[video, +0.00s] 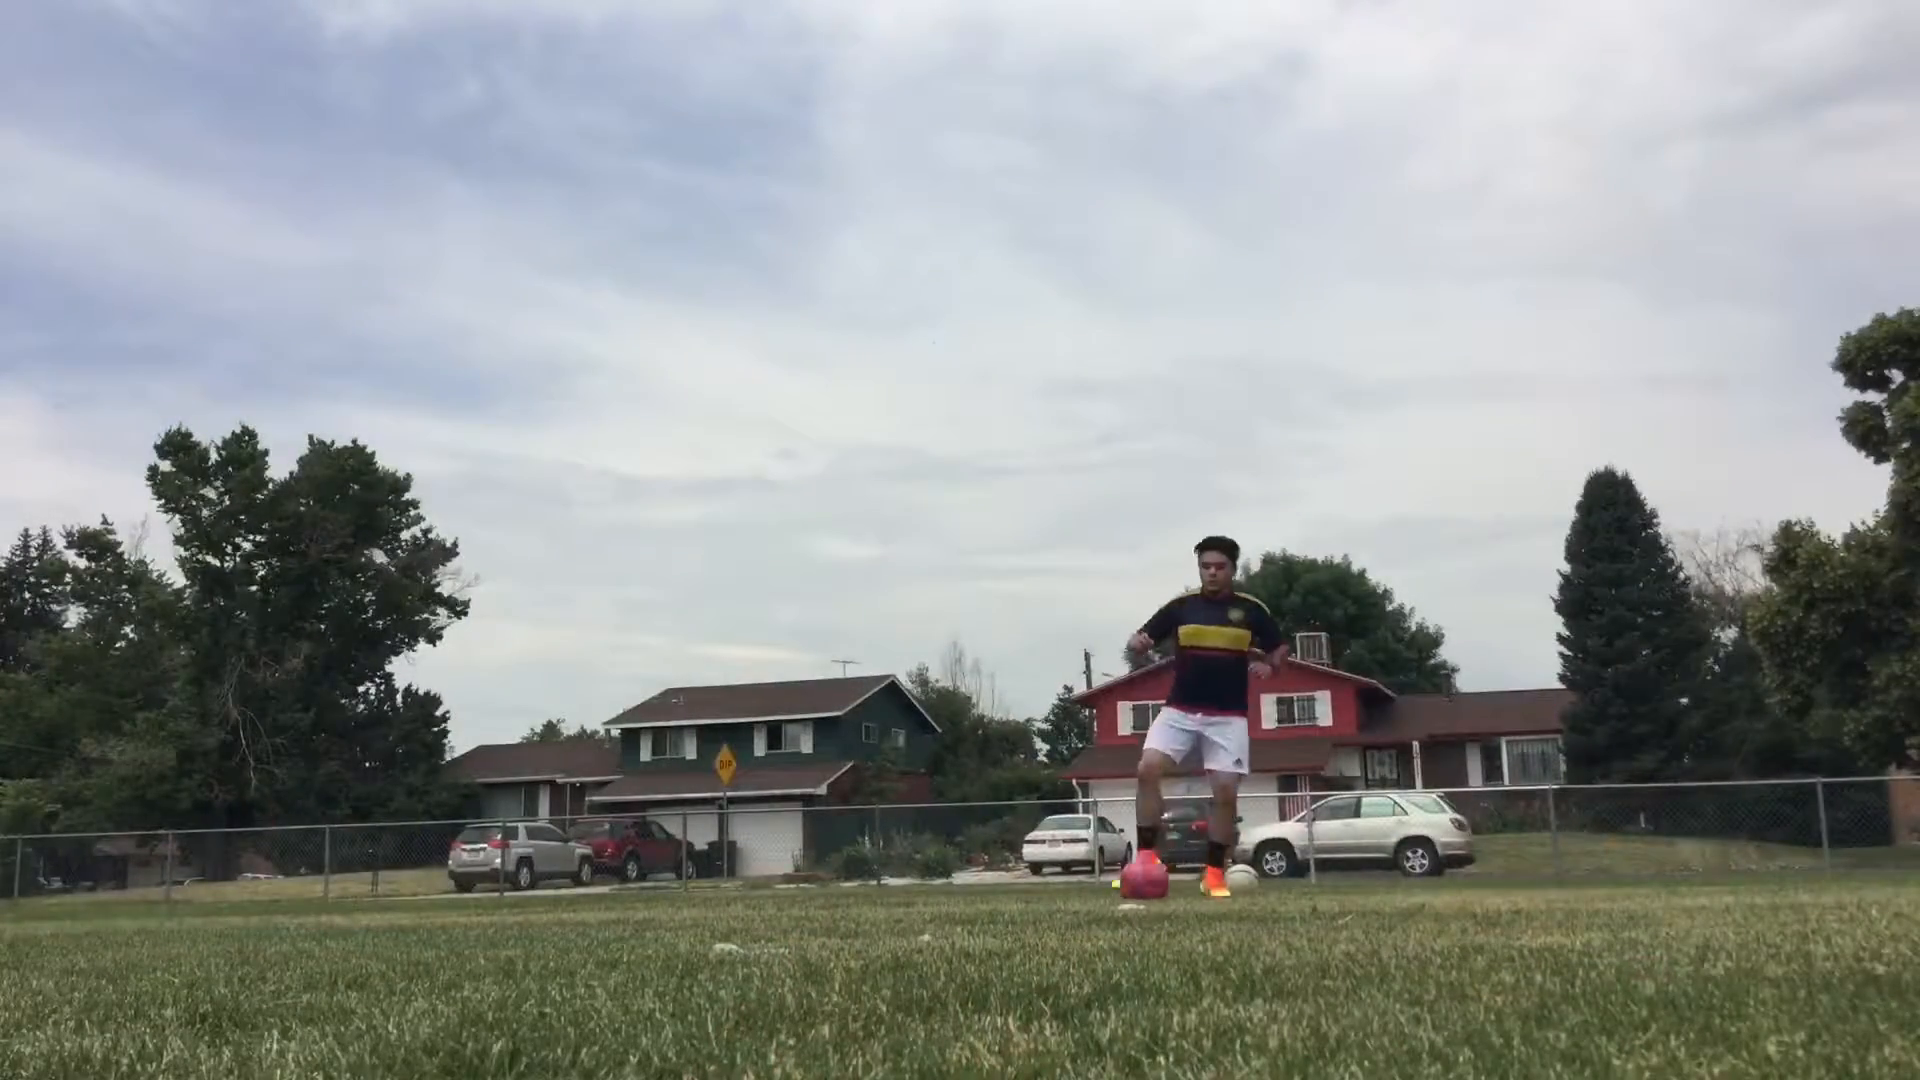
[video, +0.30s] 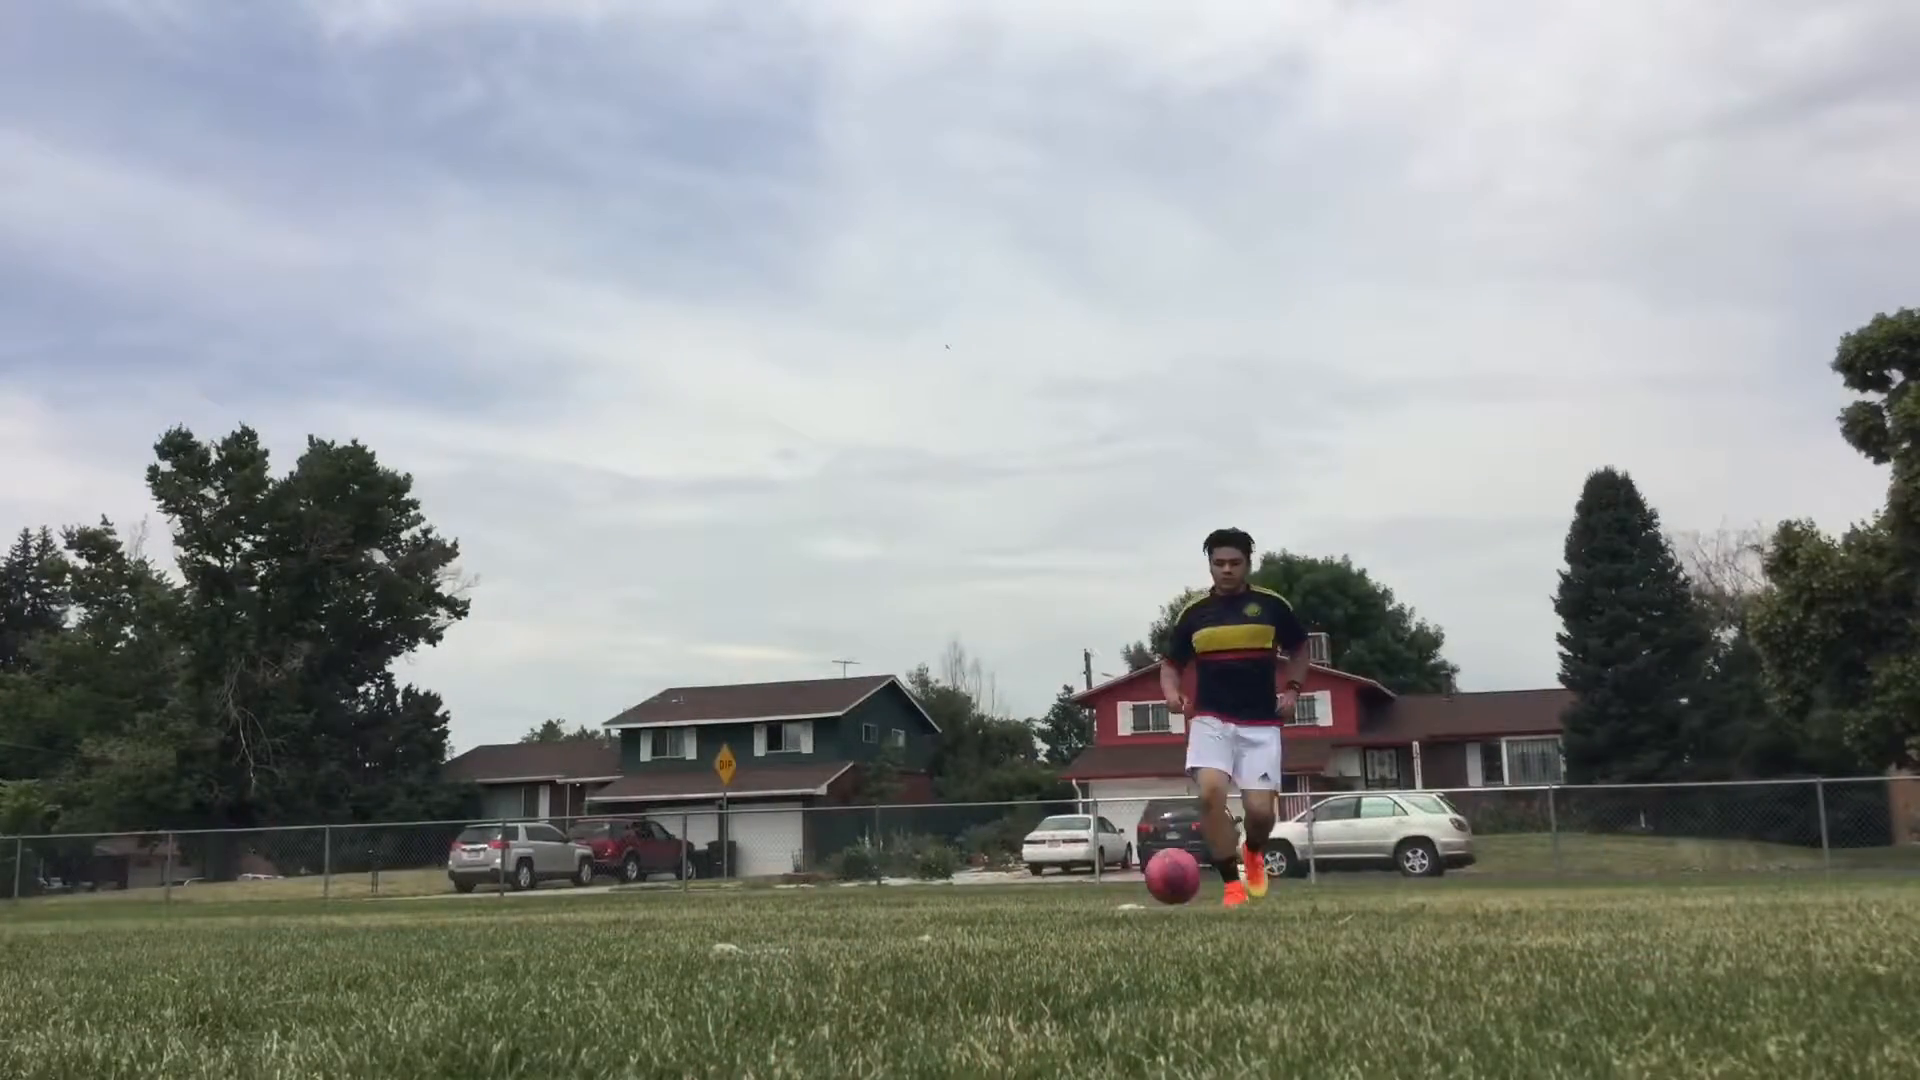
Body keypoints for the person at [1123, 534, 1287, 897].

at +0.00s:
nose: (1212, 572)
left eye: (1219, 566)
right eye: (1205, 566)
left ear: (1233, 569)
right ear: (1198, 569)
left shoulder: (1251, 610)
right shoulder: (1181, 607)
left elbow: (1280, 651)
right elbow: (1139, 642)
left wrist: (1270, 664)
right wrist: (1138, 645)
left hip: (1228, 717)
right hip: (1179, 712)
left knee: (1226, 789)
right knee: (1146, 770)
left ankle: (1214, 872)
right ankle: (1147, 862)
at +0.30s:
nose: (1226, 569)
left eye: (1234, 562)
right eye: (1219, 562)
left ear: (1248, 564)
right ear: (1209, 566)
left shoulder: (1272, 606)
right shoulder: (1192, 613)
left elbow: (1300, 648)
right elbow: (1170, 663)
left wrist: (1293, 685)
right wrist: (1171, 692)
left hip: (1261, 723)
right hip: (1210, 720)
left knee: (1261, 811)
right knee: (1210, 796)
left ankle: (1253, 853)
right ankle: (1232, 883)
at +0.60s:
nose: (1264, 544)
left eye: (1273, 535)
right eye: (1256, 537)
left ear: (1291, 539)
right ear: (1248, 544)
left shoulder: (1321, 591)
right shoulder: (1231, 600)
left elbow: (1335, 648)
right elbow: (1196, 659)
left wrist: (1339, 685)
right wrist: (1194, 718)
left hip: (1319, 715)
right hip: (1259, 725)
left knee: (1345, 790)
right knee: (1263, 822)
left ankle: (1365, 893)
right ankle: (1257, 856)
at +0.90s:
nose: (1242, 507)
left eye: (1252, 498)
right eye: (1234, 499)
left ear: (1274, 501)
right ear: (1227, 505)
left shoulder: (1312, 554)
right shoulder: (1211, 574)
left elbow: (1355, 609)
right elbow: (1203, 643)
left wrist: (1343, 651)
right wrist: (1217, 709)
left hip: (1318, 687)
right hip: (1255, 689)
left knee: (1345, 783)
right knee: (1265, 743)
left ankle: (1363, 895)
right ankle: (1292, 861)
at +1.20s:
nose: (1147, 448)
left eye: (1159, 438)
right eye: (1140, 439)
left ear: (1188, 440)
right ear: (1133, 444)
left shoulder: (1228, 498)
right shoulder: (1116, 516)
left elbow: (1283, 551)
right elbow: (1047, 568)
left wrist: (1280, 591)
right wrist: (1012, 555)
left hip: (1232, 662)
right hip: (1166, 677)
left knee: (1243, 759)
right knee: (1196, 781)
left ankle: (1306, 860)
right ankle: (1265, 886)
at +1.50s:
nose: (997, 380)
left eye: (1010, 369)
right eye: (989, 372)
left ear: (1043, 371)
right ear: (982, 378)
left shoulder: (1088, 437)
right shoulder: (974, 460)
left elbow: (1149, 512)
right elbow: (957, 551)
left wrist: (1121, 564)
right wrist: (918, 588)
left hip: (1073, 629)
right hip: (996, 626)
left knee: (1071, 759)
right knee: (924, 720)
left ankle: (1088, 891)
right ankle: (924, 875)